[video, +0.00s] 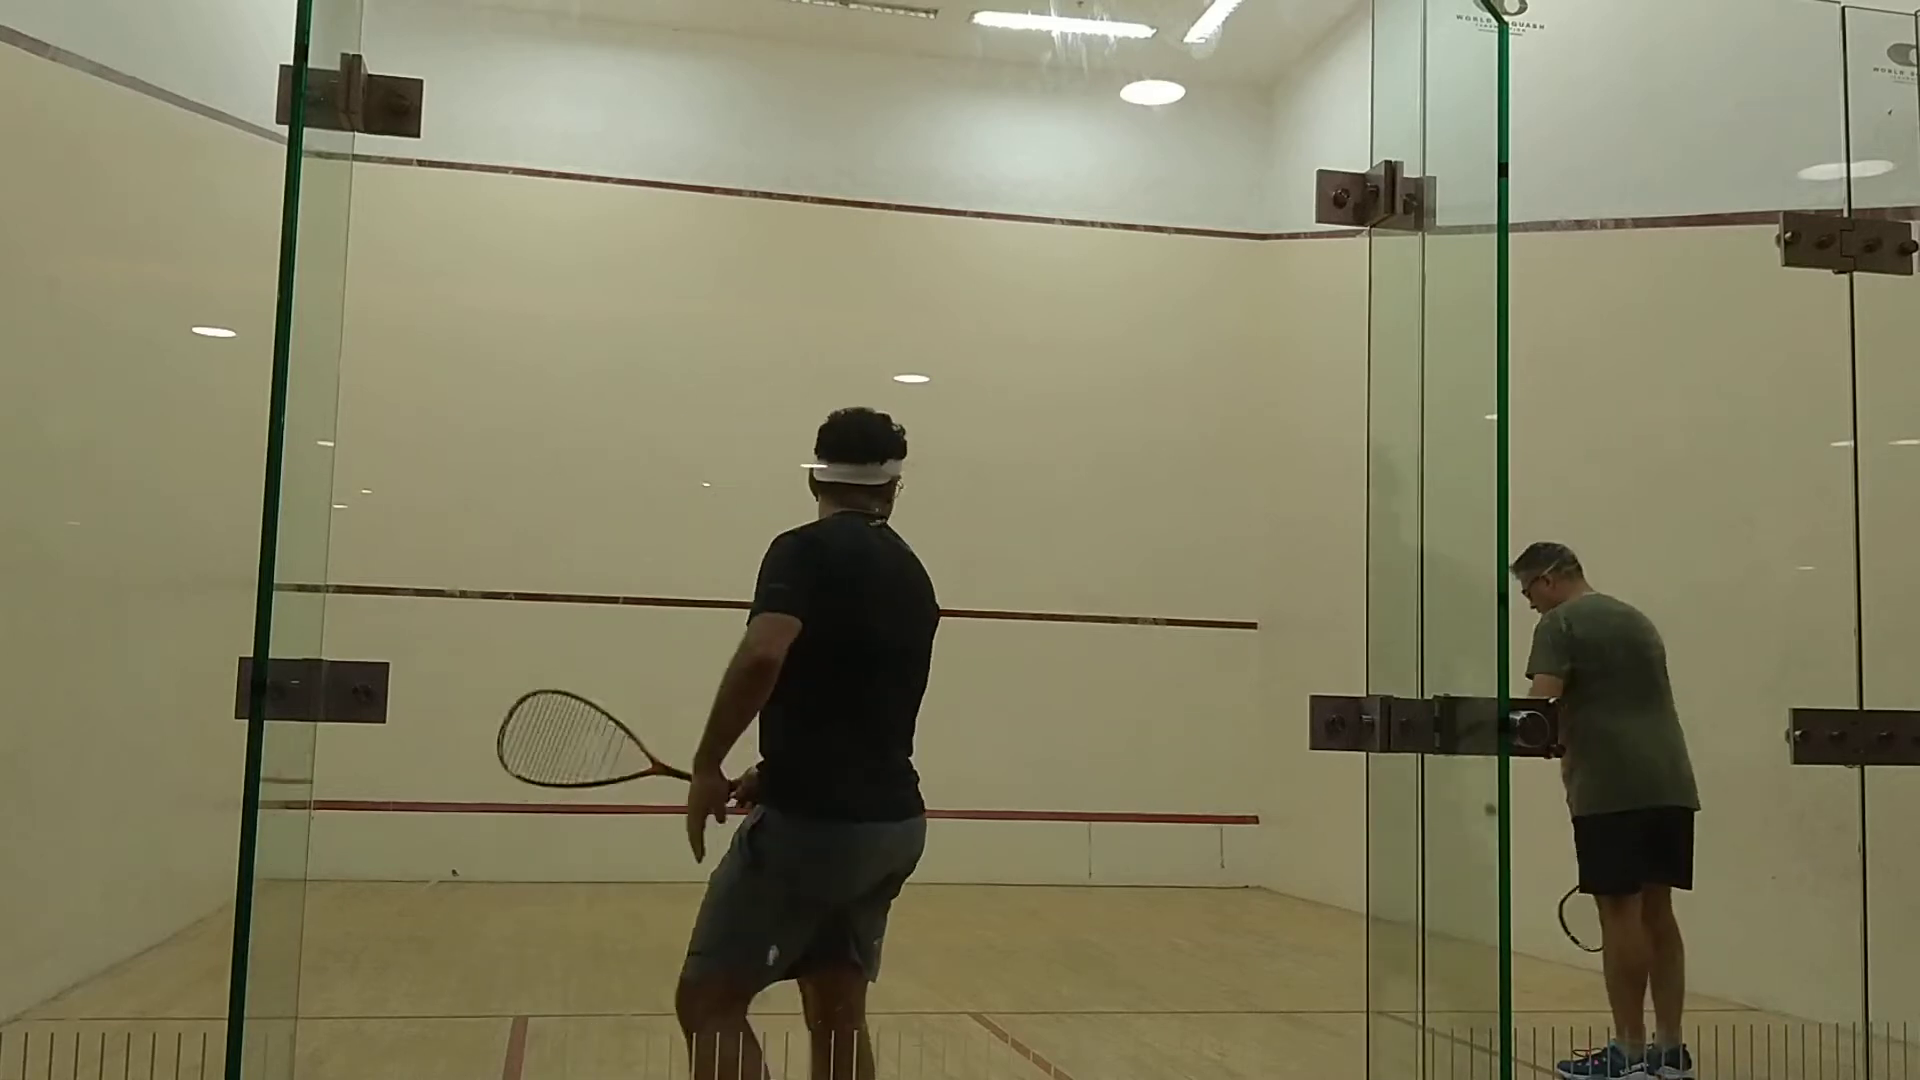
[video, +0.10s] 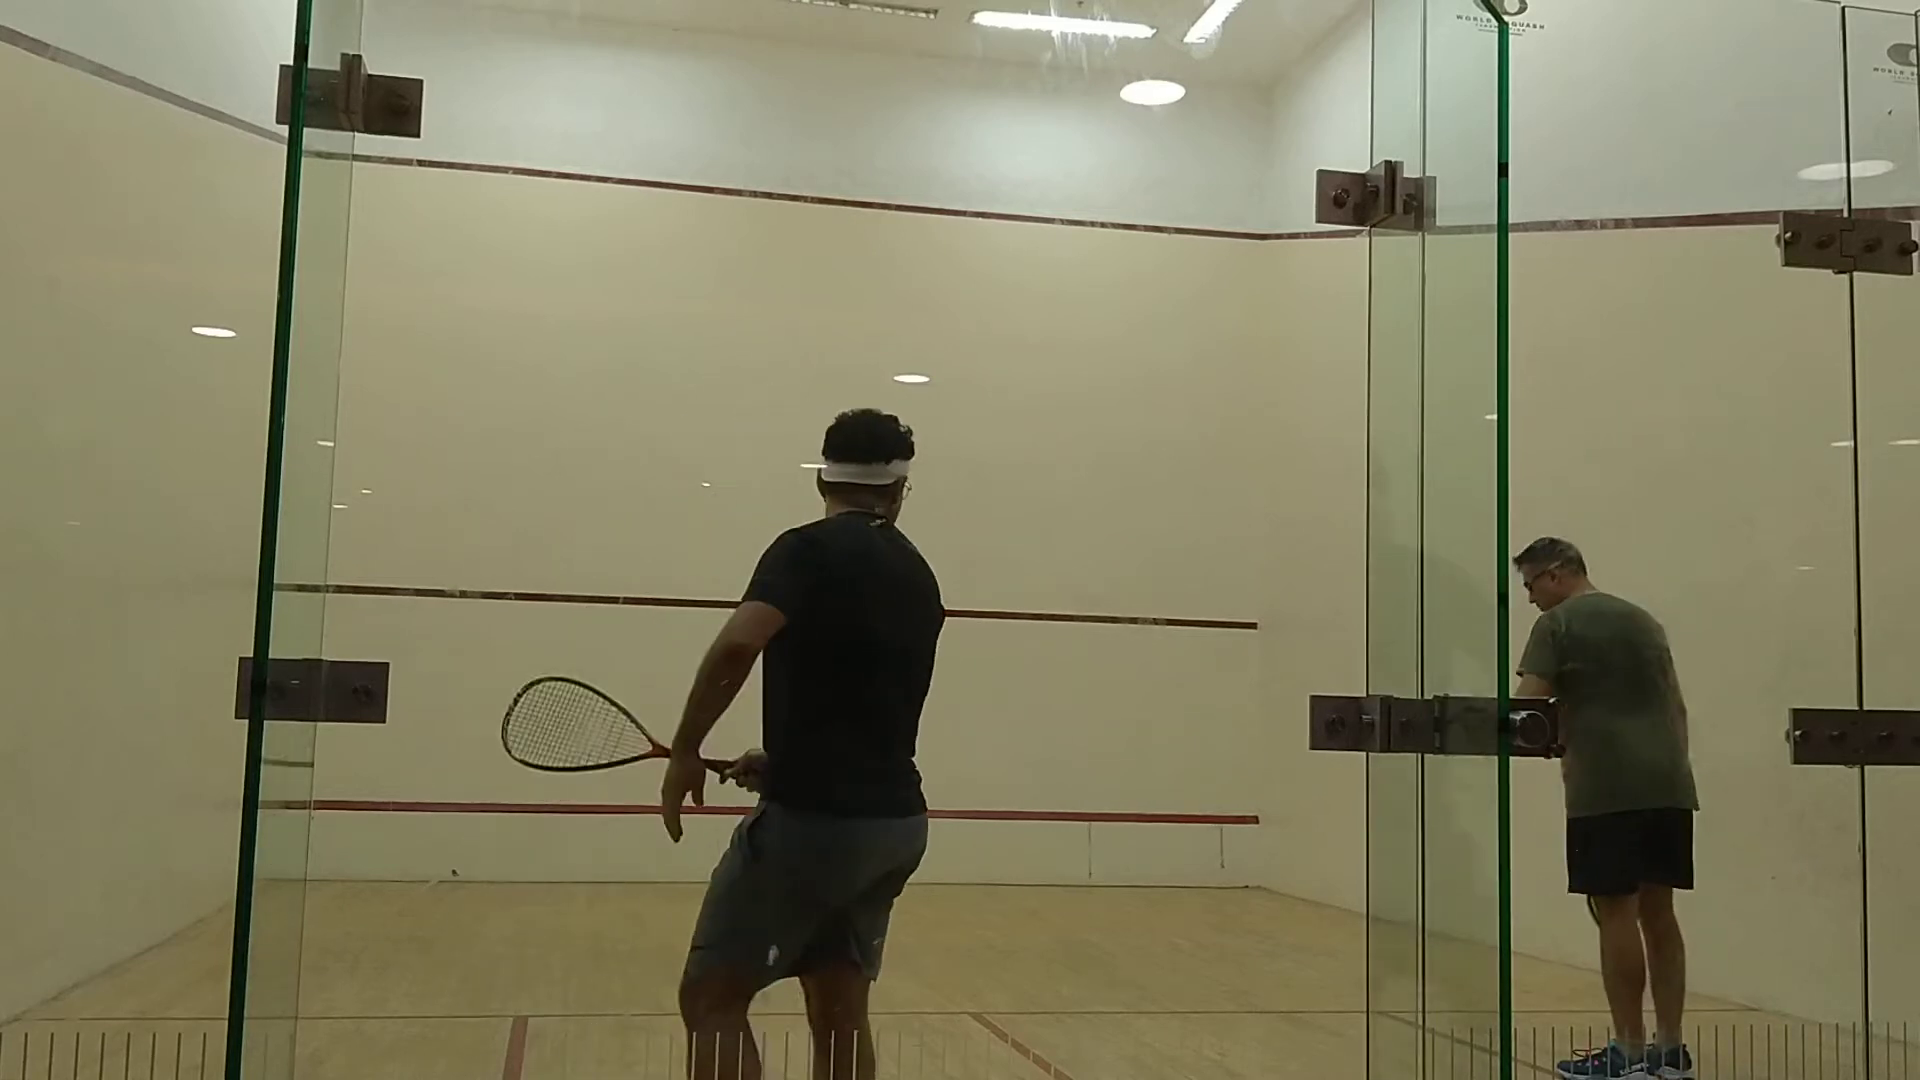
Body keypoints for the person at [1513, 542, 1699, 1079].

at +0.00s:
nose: (1531, 604)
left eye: (1530, 592)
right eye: (1527, 594)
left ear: (1550, 580)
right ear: (1575, 575)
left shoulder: (1557, 623)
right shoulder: (1636, 619)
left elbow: (1538, 711)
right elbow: (1644, 708)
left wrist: (1554, 744)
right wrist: (1573, 740)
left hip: (1610, 796)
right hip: (1672, 790)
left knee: (1621, 917)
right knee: (1659, 914)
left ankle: (1629, 1052)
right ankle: (1670, 1050)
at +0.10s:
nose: (1531, 597)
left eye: (1533, 585)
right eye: (1528, 588)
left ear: (1558, 574)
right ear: (1578, 572)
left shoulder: (1553, 624)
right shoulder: (1644, 620)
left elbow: (1526, 715)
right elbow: (1676, 710)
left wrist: (1558, 742)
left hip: (1604, 796)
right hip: (1670, 791)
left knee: (1616, 916)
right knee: (1660, 912)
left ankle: (1629, 1052)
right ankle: (1670, 1049)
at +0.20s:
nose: (1531, 589)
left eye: (1535, 576)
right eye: (1527, 579)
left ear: (1565, 568)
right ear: (1580, 569)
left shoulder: (1552, 626)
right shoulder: (1645, 619)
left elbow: (1529, 718)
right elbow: (1681, 712)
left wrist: (1522, 751)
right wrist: (1677, 778)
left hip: (1600, 797)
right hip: (1667, 792)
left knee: (1614, 919)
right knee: (1658, 913)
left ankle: (1629, 1051)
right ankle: (1670, 1048)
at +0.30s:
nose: (1528, 584)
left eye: (1535, 572)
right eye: (1526, 574)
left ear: (1569, 566)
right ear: (1580, 569)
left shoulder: (1553, 625)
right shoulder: (1644, 619)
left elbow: (1535, 712)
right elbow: (1683, 710)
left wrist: (1520, 768)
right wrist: (1677, 780)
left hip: (1597, 799)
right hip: (1664, 794)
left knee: (1613, 919)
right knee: (1654, 912)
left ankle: (1630, 1051)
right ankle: (1670, 1047)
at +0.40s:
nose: (1528, 583)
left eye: (1533, 571)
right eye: (1525, 573)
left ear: (1566, 566)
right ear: (1578, 567)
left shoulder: (1552, 625)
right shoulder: (1641, 618)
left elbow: (1538, 712)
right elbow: (1680, 701)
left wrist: (1521, 780)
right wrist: (1686, 761)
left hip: (1594, 797)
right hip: (1656, 793)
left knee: (1611, 918)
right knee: (1644, 910)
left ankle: (1629, 1049)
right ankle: (1662, 1045)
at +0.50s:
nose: (1524, 583)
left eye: (1529, 571)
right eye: (1523, 572)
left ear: (1564, 566)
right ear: (1576, 568)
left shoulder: (1550, 625)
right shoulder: (1637, 618)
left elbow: (1538, 713)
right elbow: (1682, 697)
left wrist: (1518, 783)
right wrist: (1699, 748)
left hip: (1592, 798)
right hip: (1650, 794)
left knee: (1609, 918)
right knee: (1633, 907)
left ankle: (1628, 1052)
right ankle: (1646, 1042)